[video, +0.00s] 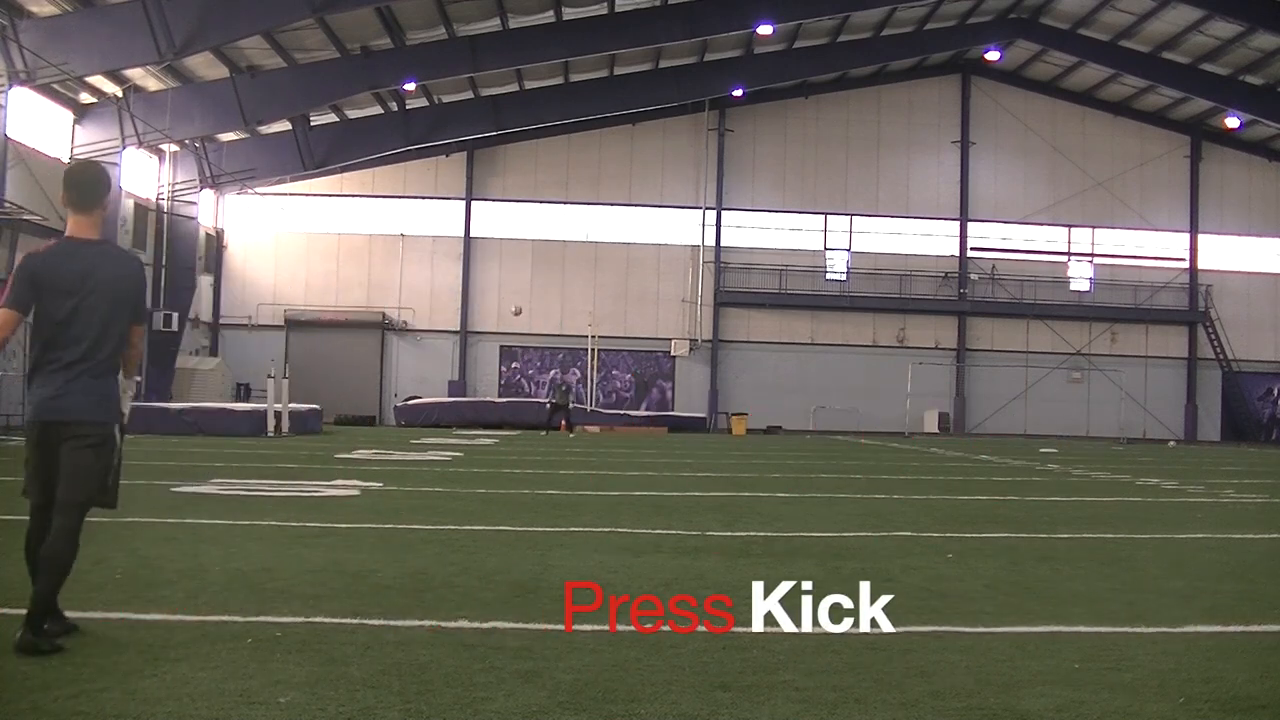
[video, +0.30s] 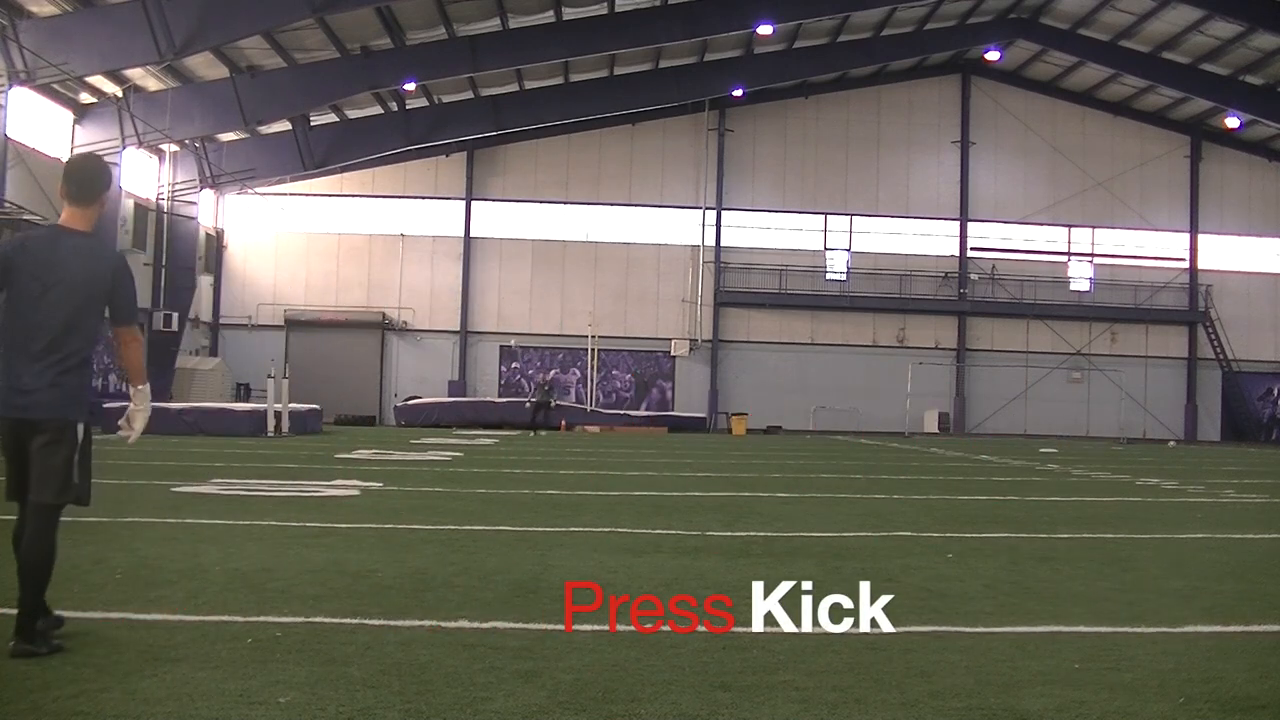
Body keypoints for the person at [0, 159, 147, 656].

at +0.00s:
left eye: (63, 198)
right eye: (103, 197)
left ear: (63, 201)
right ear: (107, 202)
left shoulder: (37, 262)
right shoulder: (130, 267)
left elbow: (4, 330)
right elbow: (133, 355)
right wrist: (118, 363)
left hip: (44, 408)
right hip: (95, 412)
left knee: (42, 511)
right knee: (68, 518)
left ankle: (48, 613)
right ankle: (34, 627)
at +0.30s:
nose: (103, 203)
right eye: (106, 195)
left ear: (60, 192)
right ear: (105, 197)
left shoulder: (19, 247)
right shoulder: (108, 260)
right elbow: (127, 335)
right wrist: (140, 397)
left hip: (11, 401)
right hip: (61, 406)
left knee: (29, 508)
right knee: (42, 515)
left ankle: (36, 611)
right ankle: (27, 631)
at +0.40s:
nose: (100, 201)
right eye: (102, 193)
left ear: (56, 190)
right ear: (100, 196)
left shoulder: (15, 245)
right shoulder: (103, 257)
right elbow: (118, 337)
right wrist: (130, 399)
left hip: (7, 401)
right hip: (55, 408)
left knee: (22, 509)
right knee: (39, 516)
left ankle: (20, 618)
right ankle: (25, 631)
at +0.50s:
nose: (95, 201)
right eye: (97, 193)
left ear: (51, 190)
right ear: (95, 196)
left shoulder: (12, 244)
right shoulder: (96, 257)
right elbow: (108, 338)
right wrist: (120, 401)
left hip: (5, 403)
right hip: (53, 409)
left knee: (12, 510)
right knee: (39, 519)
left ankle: (5, 616)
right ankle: (26, 631)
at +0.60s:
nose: (87, 201)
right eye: (90, 192)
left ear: (45, 190)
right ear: (89, 195)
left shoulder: (9, 244)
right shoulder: (92, 257)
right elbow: (100, 338)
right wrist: (113, 406)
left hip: (3, 406)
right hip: (53, 412)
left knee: (5, 518)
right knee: (40, 523)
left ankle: (6, 622)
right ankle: (26, 632)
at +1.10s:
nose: (48, 187)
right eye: (50, 179)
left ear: (2, 183)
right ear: (48, 182)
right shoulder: (66, 247)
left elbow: (77, 327)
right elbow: (76, 326)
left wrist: (92, 396)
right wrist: (94, 397)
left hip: (6, 412)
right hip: (40, 412)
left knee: (33, 522)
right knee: (42, 523)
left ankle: (26, 632)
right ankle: (32, 631)